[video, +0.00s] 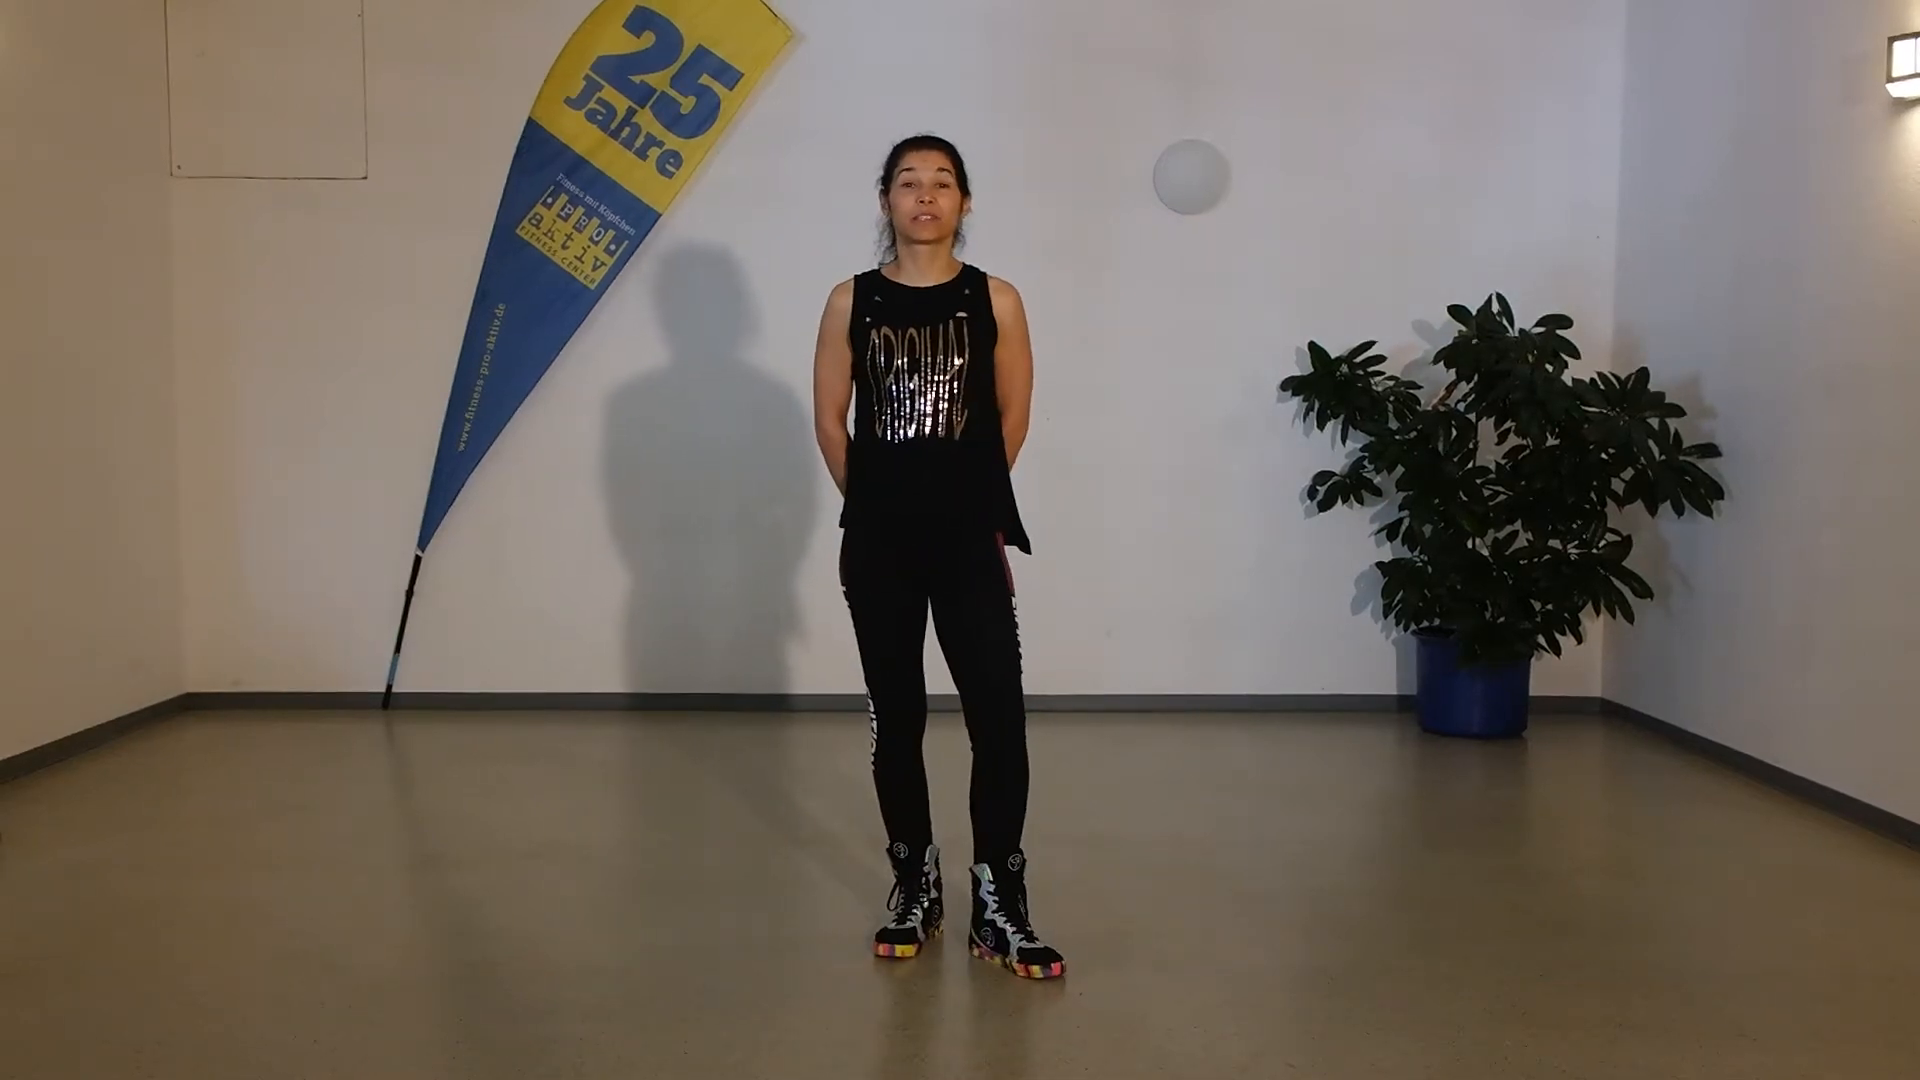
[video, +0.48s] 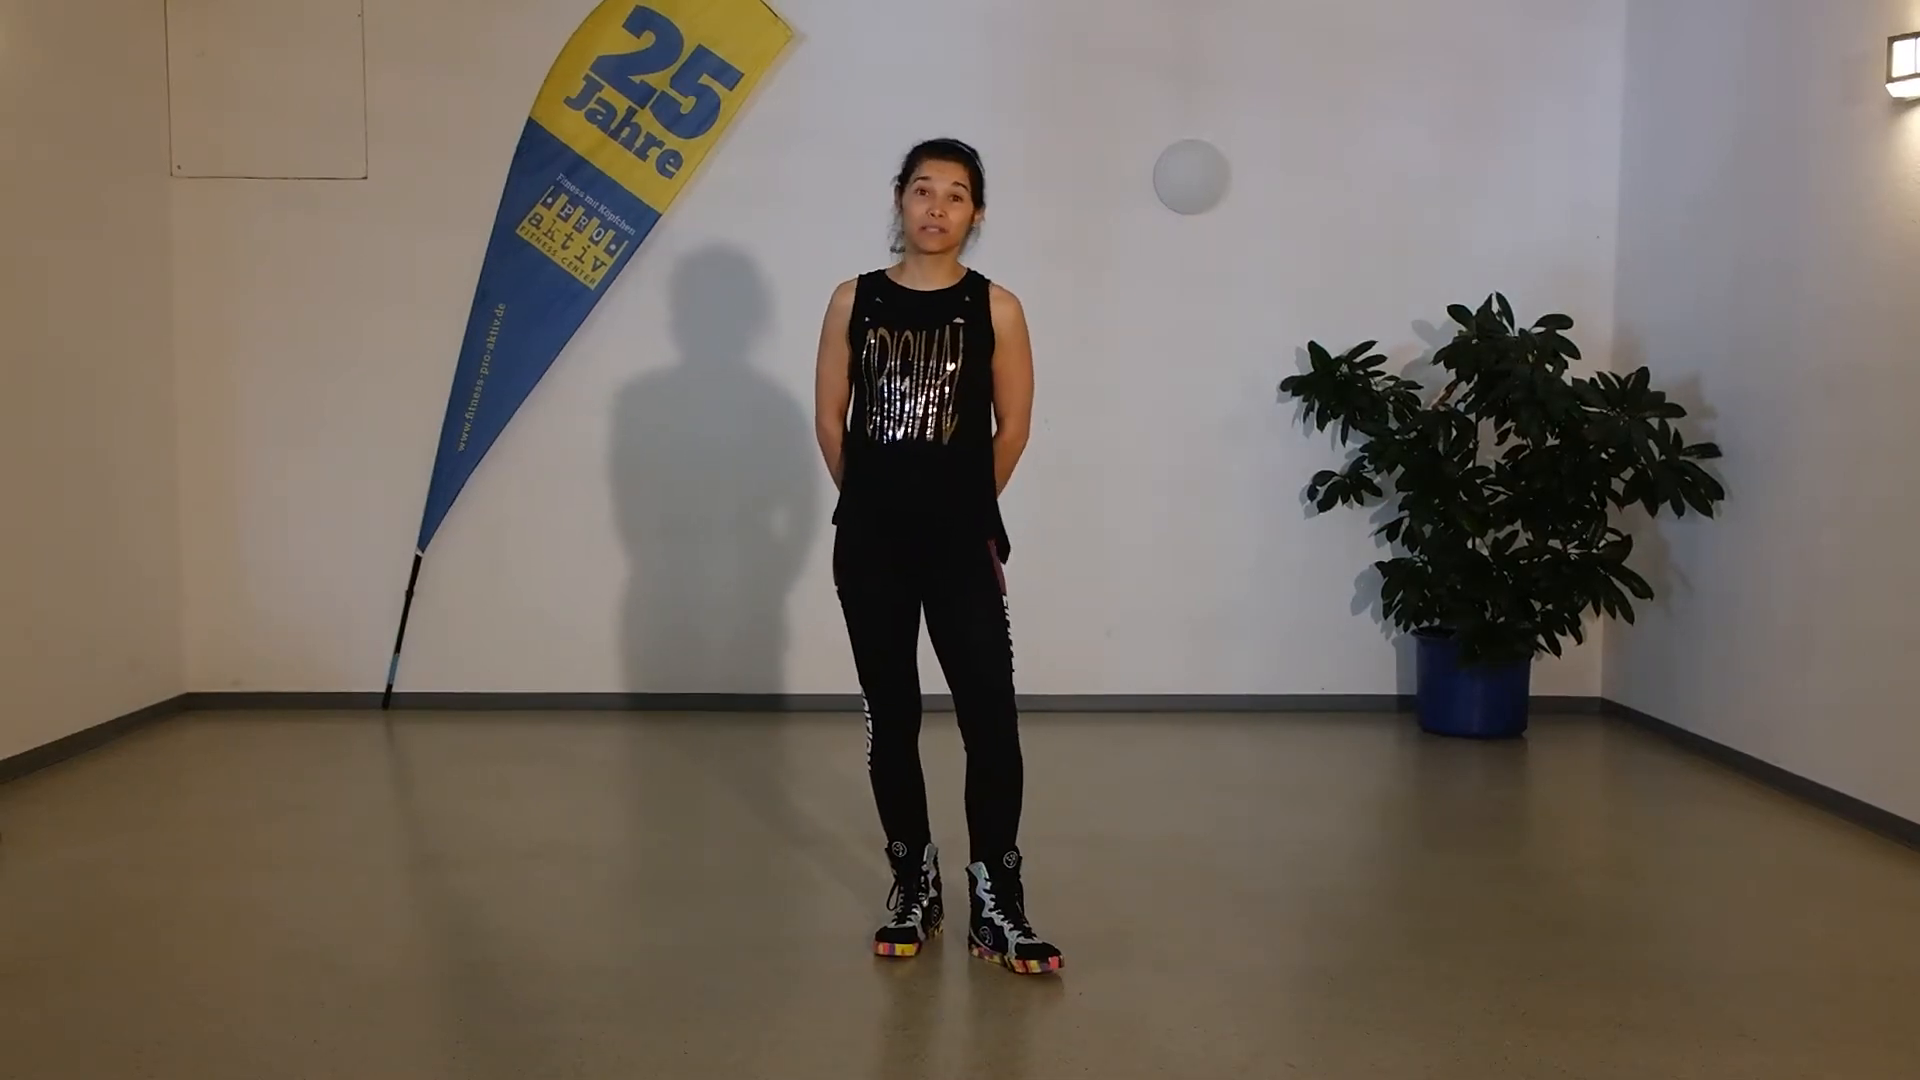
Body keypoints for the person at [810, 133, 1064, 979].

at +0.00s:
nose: (925, 194)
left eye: (940, 184)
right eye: (909, 184)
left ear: (963, 204)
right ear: (885, 204)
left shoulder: (996, 299)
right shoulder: (852, 299)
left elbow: (1014, 421)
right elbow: (829, 423)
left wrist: (974, 499)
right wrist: (867, 505)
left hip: (969, 536)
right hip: (880, 538)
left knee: (999, 719)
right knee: (897, 720)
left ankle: (999, 903)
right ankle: (913, 886)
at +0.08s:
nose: (926, 193)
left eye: (942, 183)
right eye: (910, 182)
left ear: (965, 205)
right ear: (887, 203)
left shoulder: (997, 300)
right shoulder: (852, 299)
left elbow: (1014, 421)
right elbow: (830, 423)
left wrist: (975, 500)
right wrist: (869, 505)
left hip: (969, 536)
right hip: (879, 538)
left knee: (998, 720)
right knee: (897, 719)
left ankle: (998, 902)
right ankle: (913, 885)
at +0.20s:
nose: (930, 194)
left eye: (945, 184)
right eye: (913, 183)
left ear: (967, 206)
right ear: (889, 203)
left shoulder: (998, 301)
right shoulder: (853, 299)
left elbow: (1015, 422)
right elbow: (831, 423)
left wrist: (973, 499)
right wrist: (869, 504)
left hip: (968, 533)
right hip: (877, 535)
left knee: (996, 719)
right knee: (896, 719)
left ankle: (998, 903)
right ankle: (913, 888)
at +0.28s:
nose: (931, 195)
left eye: (948, 185)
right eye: (915, 183)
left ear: (968, 207)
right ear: (891, 203)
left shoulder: (998, 302)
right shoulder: (853, 299)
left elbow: (1015, 422)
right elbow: (832, 421)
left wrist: (973, 498)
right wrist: (869, 501)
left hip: (967, 534)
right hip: (876, 536)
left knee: (993, 719)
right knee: (895, 719)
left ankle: (998, 903)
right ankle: (913, 889)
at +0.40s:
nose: (935, 201)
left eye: (952, 191)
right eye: (920, 188)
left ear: (972, 211)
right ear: (896, 203)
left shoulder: (997, 305)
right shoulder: (854, 299)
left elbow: (1016, 423)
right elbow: (831, 423)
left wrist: (973, 499)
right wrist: (867, 500)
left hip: (965, 533)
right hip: (873, 534)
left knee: (990, 716)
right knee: (893, 716)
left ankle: (996, 899)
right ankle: (913, 886)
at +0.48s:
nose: (937, 206)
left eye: (955, 196)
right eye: (923, 191)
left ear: (973, 215)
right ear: (899, 204)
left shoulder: (996, 307)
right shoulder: (854, 300)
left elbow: (1015, 426)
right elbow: (829, 423)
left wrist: (970, 503)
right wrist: (864, 501)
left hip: (962, 534)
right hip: (871, 534)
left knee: (989, 717)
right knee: (892, 716)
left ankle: (996, 899)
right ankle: (912, 885)